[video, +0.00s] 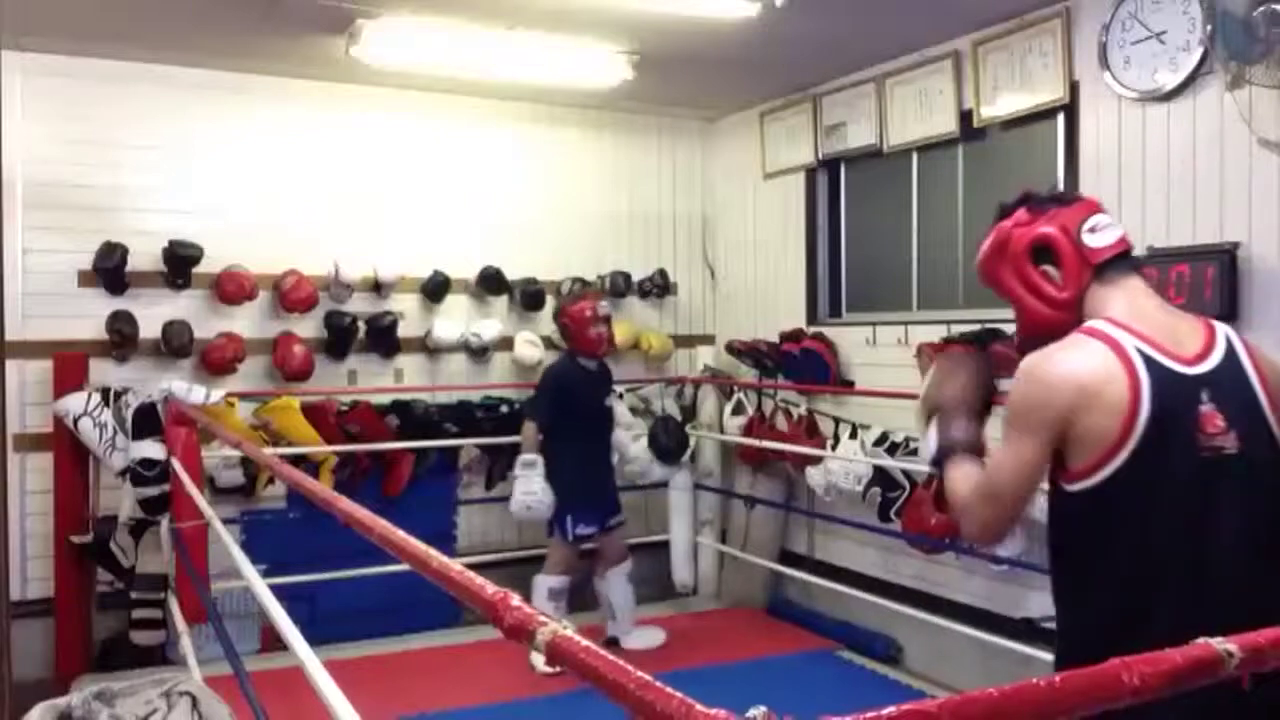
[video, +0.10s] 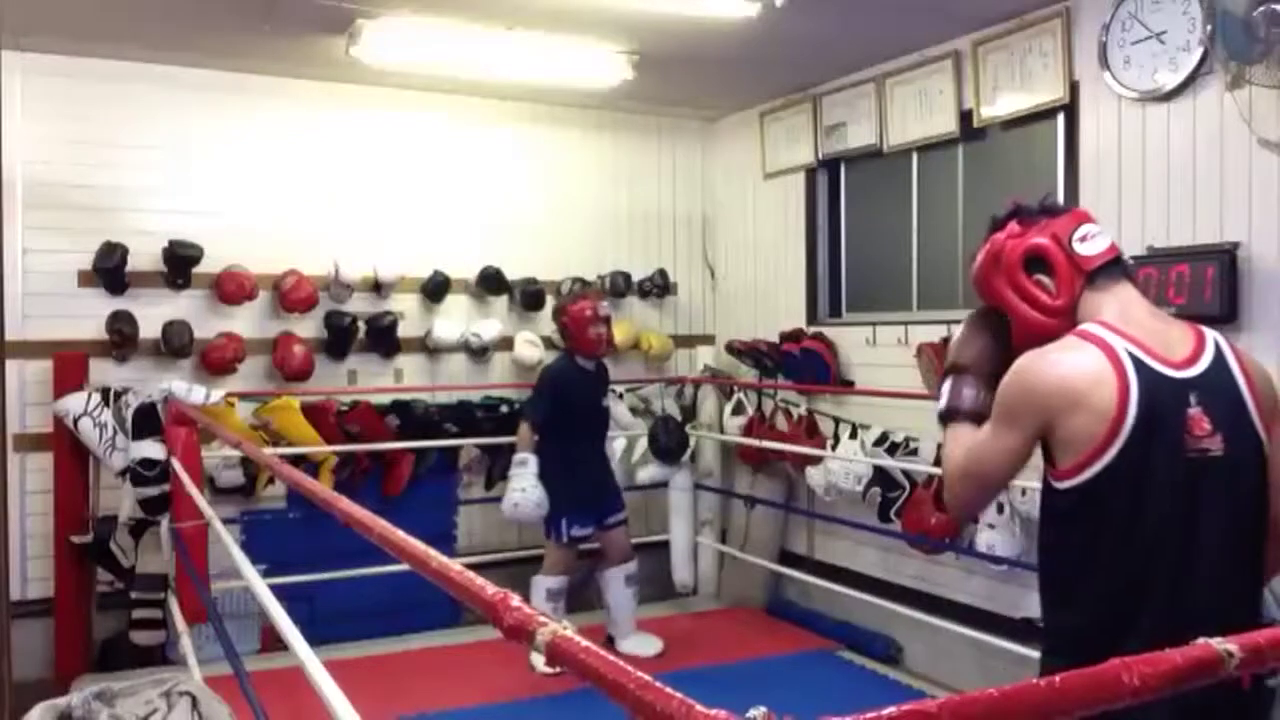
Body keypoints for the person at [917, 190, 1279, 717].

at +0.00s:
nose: (1017, 316)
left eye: (1015, 294)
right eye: (1010, 297)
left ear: (1049, 269)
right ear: (1114, 250)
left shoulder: (1061, 372)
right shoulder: (1247, 357)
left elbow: (980, 521)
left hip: (1122, 699)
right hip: (1255, 689)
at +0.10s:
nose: (1014, 320)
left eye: (1011, 303)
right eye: (1006, 306)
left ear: (1041, 279)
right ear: (1108, 257)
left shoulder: (1051, 374)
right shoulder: (1244, 370)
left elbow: (961, 493)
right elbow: (1268, 536)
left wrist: (965, 376)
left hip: (1100, 698)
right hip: (1233, 690)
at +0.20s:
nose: (1014, 315)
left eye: (1012, 300)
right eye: (1006, 303)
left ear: (1041, 280)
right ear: (1108, 260)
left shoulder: (1048, 367)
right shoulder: (1234, 373)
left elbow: (959, 481)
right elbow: (1269, 529)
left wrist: (970, 367)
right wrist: (1217, 599)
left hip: (1083, 689)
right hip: (1208, 684)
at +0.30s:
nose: (1021, 313)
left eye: (1018, 296)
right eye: (1012, 300)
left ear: (1043, 276)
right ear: (1112, 260)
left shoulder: (1049, 356)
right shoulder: (1223, 373)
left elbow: (958, 479)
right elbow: (1264, 529)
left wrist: (958, 374)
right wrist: (1230, 617)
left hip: (1072, 678)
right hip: (1193, 674)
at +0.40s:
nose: (1025, 307)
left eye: (1023, 288)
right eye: (1019, 290)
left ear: (1046, 270)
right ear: (1116, 260)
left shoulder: (1051, 352)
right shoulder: (1214, 373)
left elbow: (958, 476)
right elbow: (1258, 531)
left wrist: (937, 384)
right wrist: (1249, 640)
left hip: (1060, 675)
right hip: (1172, 677)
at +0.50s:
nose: (1027, 295)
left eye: (1029, 276)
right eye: (1025, 278)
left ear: (1052, 267)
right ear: (1124, 266)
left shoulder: (1048, 354)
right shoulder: (1203, 374)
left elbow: (957, 481)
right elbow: (1252, 530)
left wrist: (907, 412)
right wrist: (1260, 628)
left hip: (1050, 677)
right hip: (1164, 675)